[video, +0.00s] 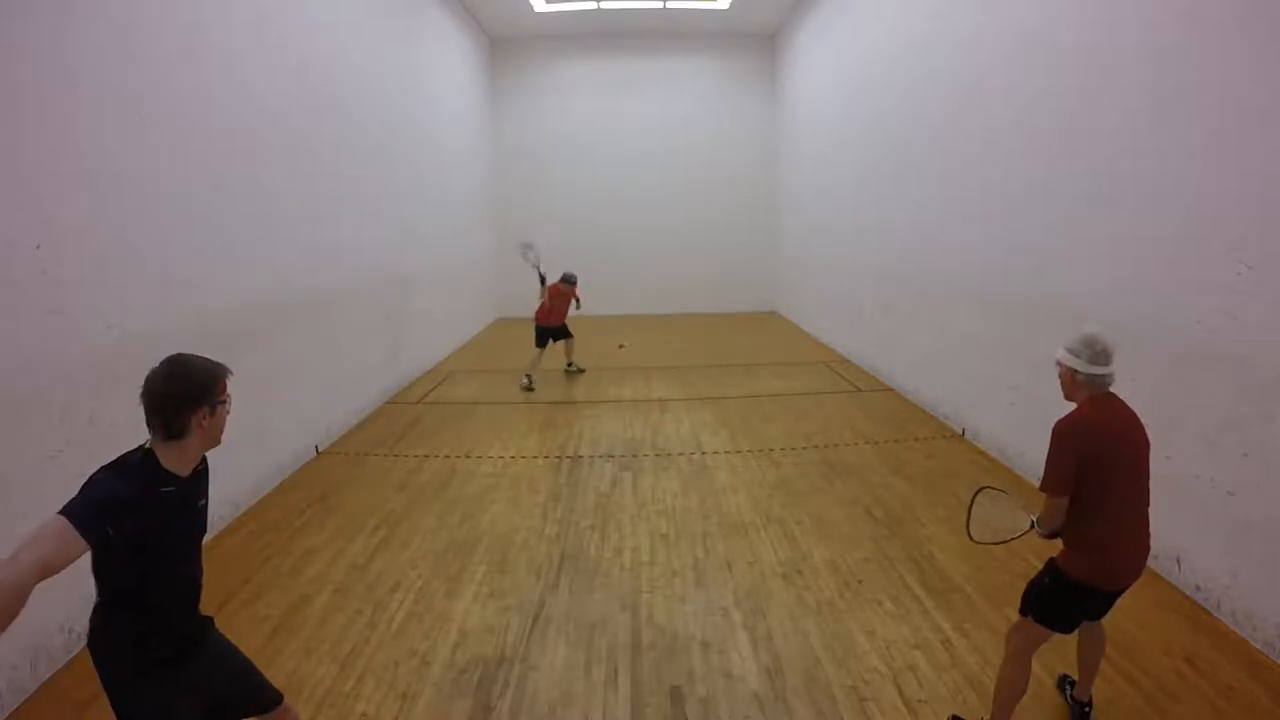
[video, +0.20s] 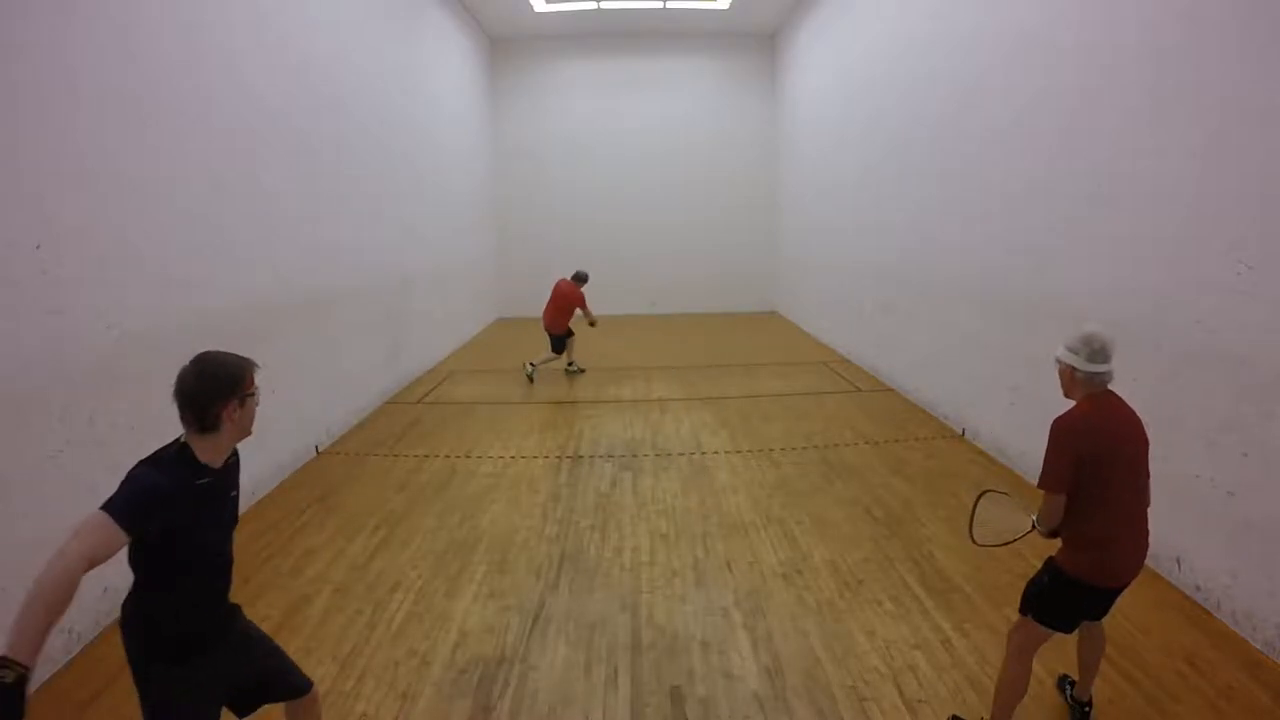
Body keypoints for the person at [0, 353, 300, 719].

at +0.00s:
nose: (228, 412)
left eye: (227, 403)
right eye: (224, 404)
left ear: (196, 420)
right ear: (201, 419)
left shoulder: (195, 466)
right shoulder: (117, 489)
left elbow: (175, 553)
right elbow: (22, 568)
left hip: (187, 627)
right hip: (132, 651)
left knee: (279, 711)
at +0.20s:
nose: (257, 404)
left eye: (254, 394)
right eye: (252, 396)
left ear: (226, 412)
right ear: (231, 412)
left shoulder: (227, 457)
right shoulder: (155, 482)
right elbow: (70, 561)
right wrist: (12, 671)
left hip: (216, 617)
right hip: (162, 637)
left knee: (303, 695)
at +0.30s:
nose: (272, 392)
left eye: (271, 384)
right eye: (268, 385)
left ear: (240, 398)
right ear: (246, 397)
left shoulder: (241, 446)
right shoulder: (176, 470)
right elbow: (94, 555)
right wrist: (57, 669)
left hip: (234, 602)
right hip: (181, 623)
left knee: (312, 681)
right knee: (202, 713)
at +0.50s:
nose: (278, 355)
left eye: (277, 347)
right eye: (274, 348)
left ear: (248, 362)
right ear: (253, 361)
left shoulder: (248, 411)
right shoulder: (185, 429)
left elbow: (230, 489)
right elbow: (116, 520)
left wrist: (251, 537)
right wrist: (110, 635)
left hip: (239, 572)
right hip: (190, 592)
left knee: (293, 669)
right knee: (232, 710)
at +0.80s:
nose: (255, 359)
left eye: (252, 349)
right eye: (246, 351)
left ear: (219, 362)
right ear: (216, 360)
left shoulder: (226, 408)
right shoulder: (167, 434)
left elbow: (210, 498)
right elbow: (122, 536)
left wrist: (233, 565)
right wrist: (182, 625)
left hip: (239, 574)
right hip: (195, 597)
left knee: (288, 669)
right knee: (249, 703)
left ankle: (307, 714)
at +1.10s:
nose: (220, 359)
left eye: (218, 348)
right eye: (208, 351)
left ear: (181, 361)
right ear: (173, 360)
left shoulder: (191, 407)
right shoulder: (148, 436)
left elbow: (187, 496)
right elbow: (116, 541)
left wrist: (210, 560)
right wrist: (179, 614)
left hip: (213, 564)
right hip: (177, 591)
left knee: (258, 641)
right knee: (219, 697)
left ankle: (258, 707)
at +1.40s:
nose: (211, 351)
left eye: (208, 343)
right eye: (205, 345)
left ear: (177, 357)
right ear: (186, 357)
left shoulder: (177, 405)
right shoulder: (162, 422)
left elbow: (175, 486)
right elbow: (129, 514)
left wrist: (208, 533)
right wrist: (161, 589)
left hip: (203, 550)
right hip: (190, 565)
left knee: (213, 636)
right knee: (232, 680)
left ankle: (210, 693)